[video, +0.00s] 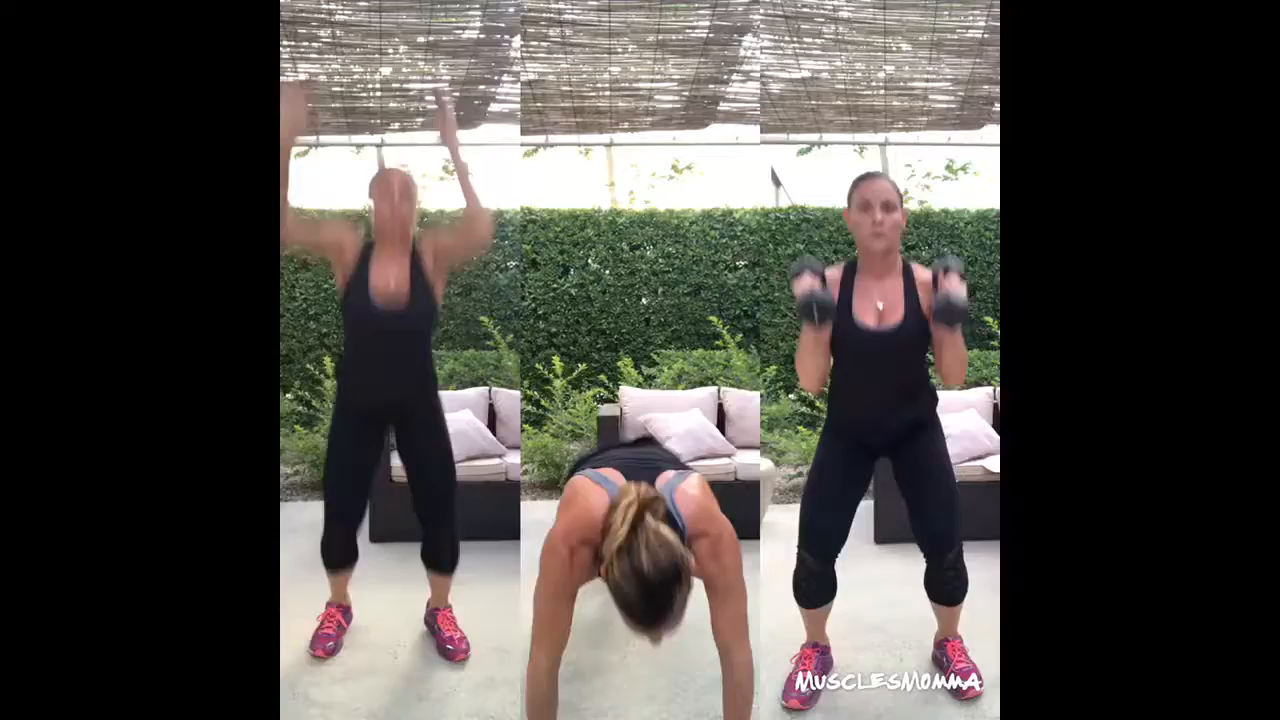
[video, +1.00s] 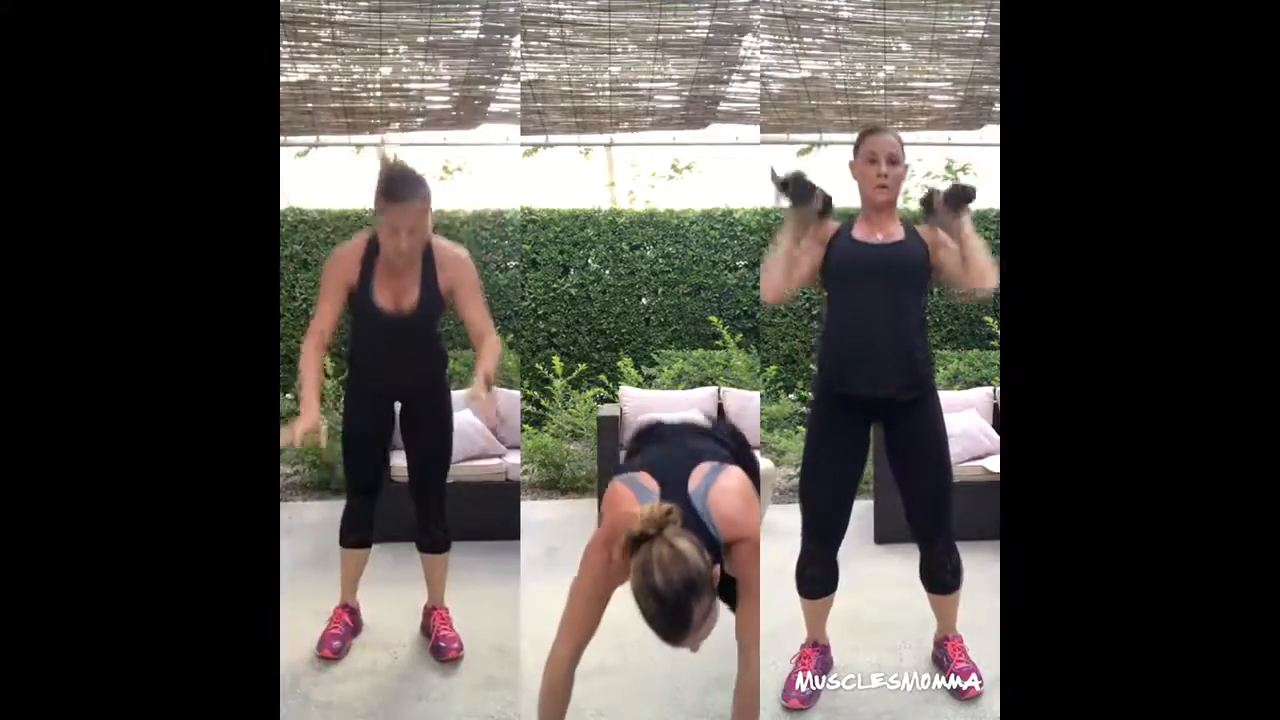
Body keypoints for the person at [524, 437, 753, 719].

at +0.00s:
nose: (656, 640)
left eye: (667, 628)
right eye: (643, 631)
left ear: (687, 558)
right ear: (605, 572)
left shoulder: (711, 527)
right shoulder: (571, 533)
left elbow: (735, 651)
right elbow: (544, 660)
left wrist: (737, 716)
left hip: (675, 468)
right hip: (597, 467)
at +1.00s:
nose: (694, 651)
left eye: (701, 638)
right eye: (681, 647)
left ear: (716, 575)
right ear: (634, 579)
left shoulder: (737, 519)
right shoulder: (613, 535)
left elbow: (749, 650)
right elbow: (563, 658)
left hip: (721, 444)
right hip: (644, 447)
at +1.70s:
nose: (635, 655)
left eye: (641, 647)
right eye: (623, 653)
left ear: (664, 588)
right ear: (582, 577)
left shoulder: (703, 531)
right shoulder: (568, 528)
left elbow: (732, 656)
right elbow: (543, 652)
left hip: (690, 422)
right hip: (615, 424)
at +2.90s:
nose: (633, 625)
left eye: (649, 611)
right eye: (619, 613)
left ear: (675, 556)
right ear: (590, 559)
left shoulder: (700, 521)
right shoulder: (566, 522)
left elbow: (732, 647)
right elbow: (536, 650)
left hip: (671, 478)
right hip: (589, 477)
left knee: (673, 633)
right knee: (564, 633)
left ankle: (632, 630)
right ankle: (599, 622)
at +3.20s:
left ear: (671, 567)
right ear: (585, 571)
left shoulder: (692, 527)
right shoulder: (563, 532)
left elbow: (727, 649)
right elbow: (538, 657)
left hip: (659, 435)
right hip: (582, 434)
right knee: (580, 585)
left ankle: (633, 636)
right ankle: (595, 621)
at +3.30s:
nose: (629, 642)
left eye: (640, 636)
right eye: (617, 637)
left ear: (661, 573)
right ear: (583, 571)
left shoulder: (685, 518)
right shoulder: (568, 516)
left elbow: (721, 643)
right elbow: (542, 650)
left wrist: (731, 716)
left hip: (659, 378)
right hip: (582, 377)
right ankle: (597, 611)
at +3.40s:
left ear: (663, 590)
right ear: (582, 577)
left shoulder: (688, 522)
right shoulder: (569, 519)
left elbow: (723, 646)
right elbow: (542, 648)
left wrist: (731, 715)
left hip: (662, 380)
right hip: (583, 379)